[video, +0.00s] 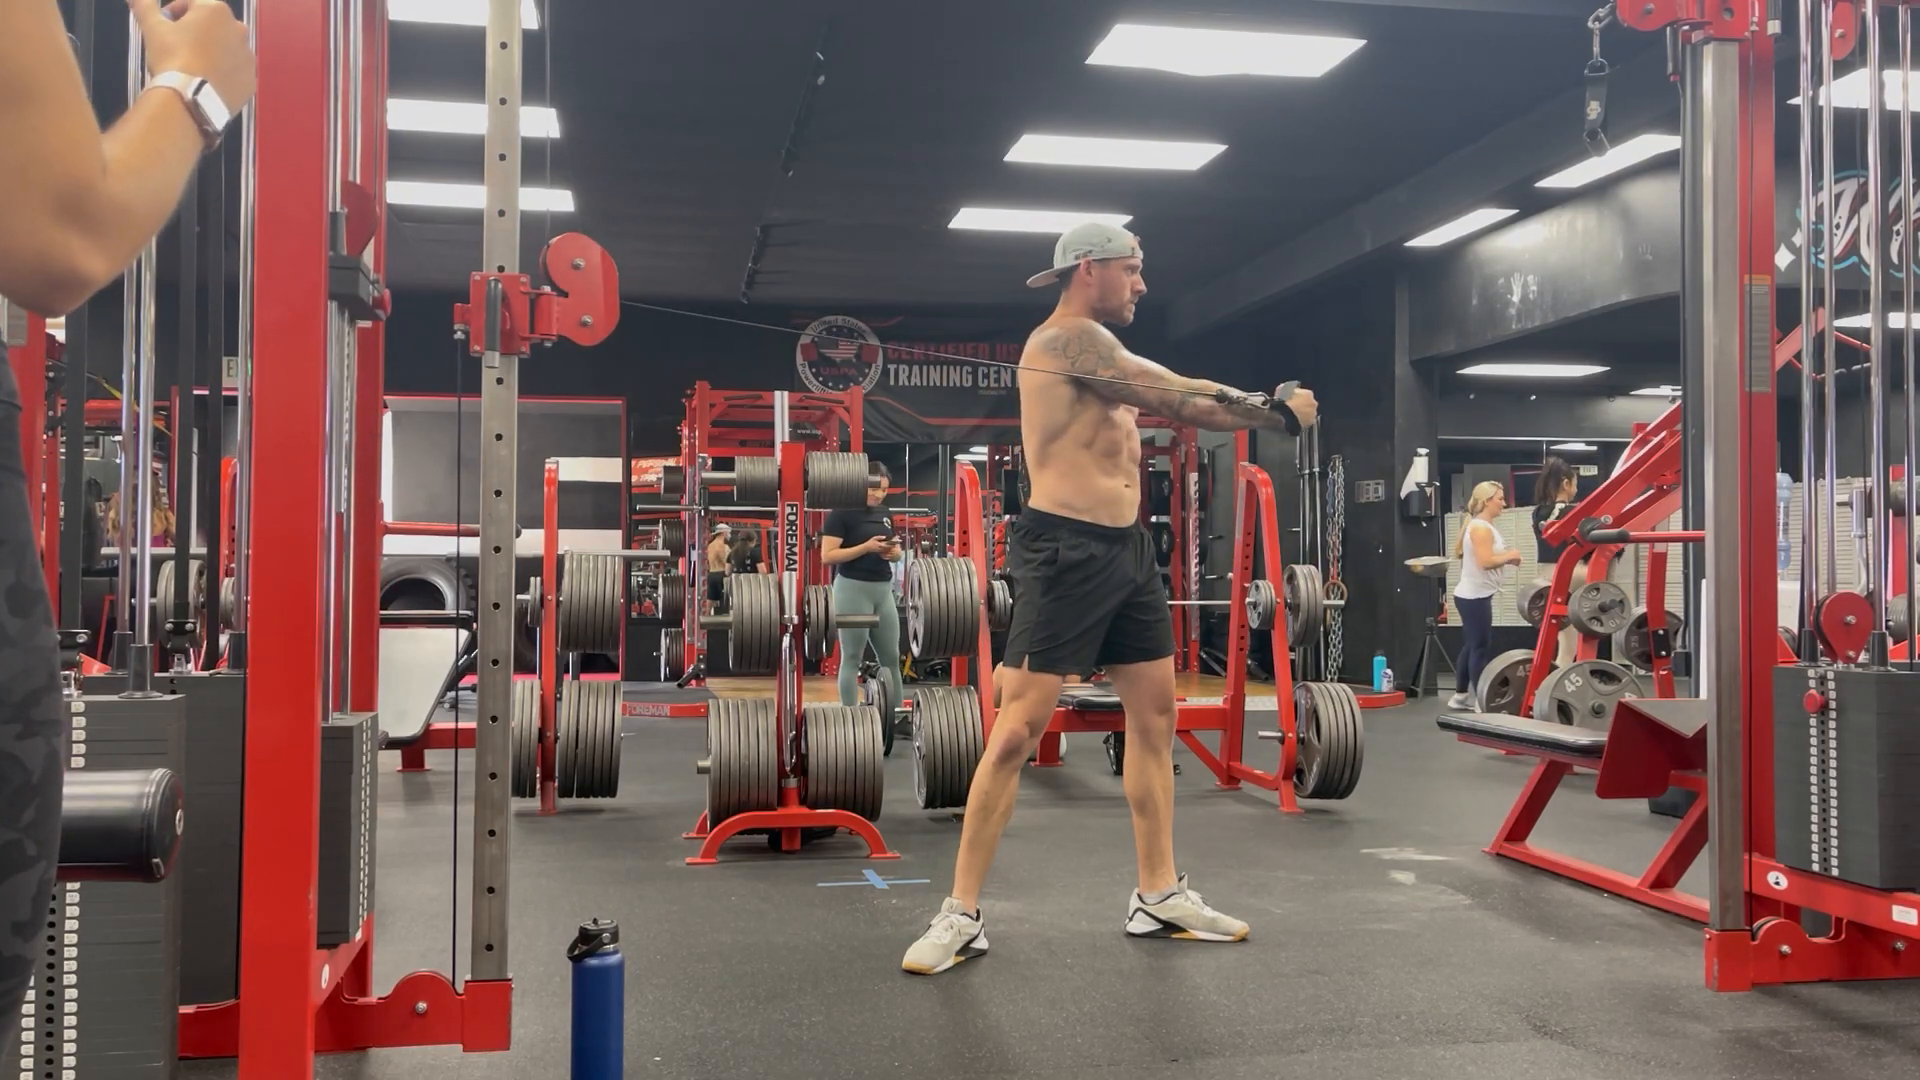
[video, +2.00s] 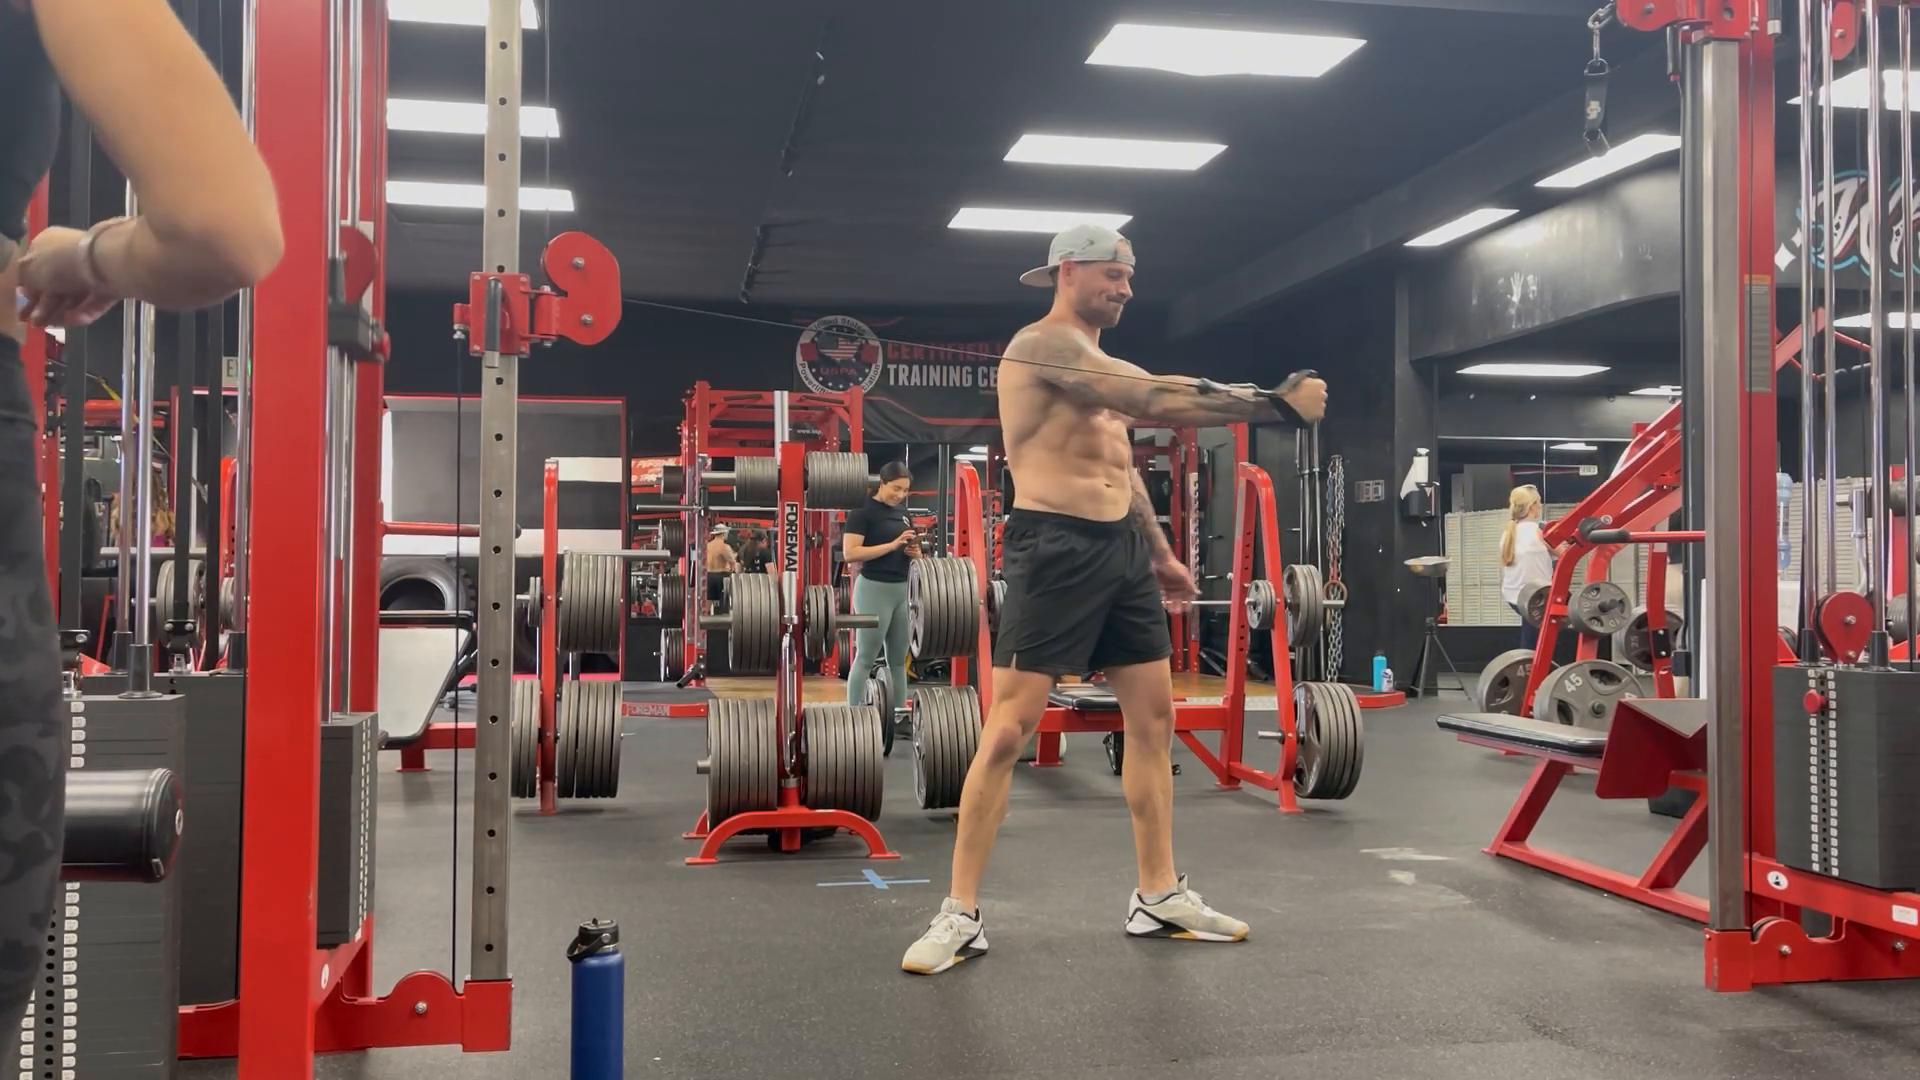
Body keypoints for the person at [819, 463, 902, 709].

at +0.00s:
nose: (875, 494)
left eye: (880, 489)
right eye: (871, 487)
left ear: (887, 490)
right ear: (860, 485)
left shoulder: (884, 514)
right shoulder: (842, 513)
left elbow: (895, 552)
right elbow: (827, 555)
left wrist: (895, 552)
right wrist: (865, 547)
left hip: (883, 591)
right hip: (852, 589)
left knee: (891, 657)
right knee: (852, 658)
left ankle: (897, 717)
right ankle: (850, 719)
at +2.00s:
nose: (901, 494)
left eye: (905, 490)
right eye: (896, 488)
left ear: (907, 490)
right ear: (881, 483)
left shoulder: (900, 515)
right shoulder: (862, 513)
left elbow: (912, 553)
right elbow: (850, 552)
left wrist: (915, 551)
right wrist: (892, 545)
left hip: (900, 591)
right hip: (873, 590)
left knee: (898, 660)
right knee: (866, 658)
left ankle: (901, 716)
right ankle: (854, 716)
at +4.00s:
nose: (898, 498)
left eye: (902, 493)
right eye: (894, 491)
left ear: (905, 490)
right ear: (880, 484)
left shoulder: (898, 513)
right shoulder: (858, 513)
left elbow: (905, 557)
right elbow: (846, 553)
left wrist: (910, 548)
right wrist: (887, 547)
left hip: (899, 591)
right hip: (870, 590)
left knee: (896, 661)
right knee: (864, 657)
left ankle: (900, 719)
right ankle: (852, 718)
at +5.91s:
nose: (887, 497)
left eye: (891, 492)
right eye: (884, 490)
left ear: (893, 489)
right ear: (869, 484)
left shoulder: (879, 512)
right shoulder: (849, 512)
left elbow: (874, 548)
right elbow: (837, 555)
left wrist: (894, 545)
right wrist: (880, 549)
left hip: (883, 590)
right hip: (856, 590)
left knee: (889, 660)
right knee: (854, 660)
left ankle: (898, 718)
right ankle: (851, 721)